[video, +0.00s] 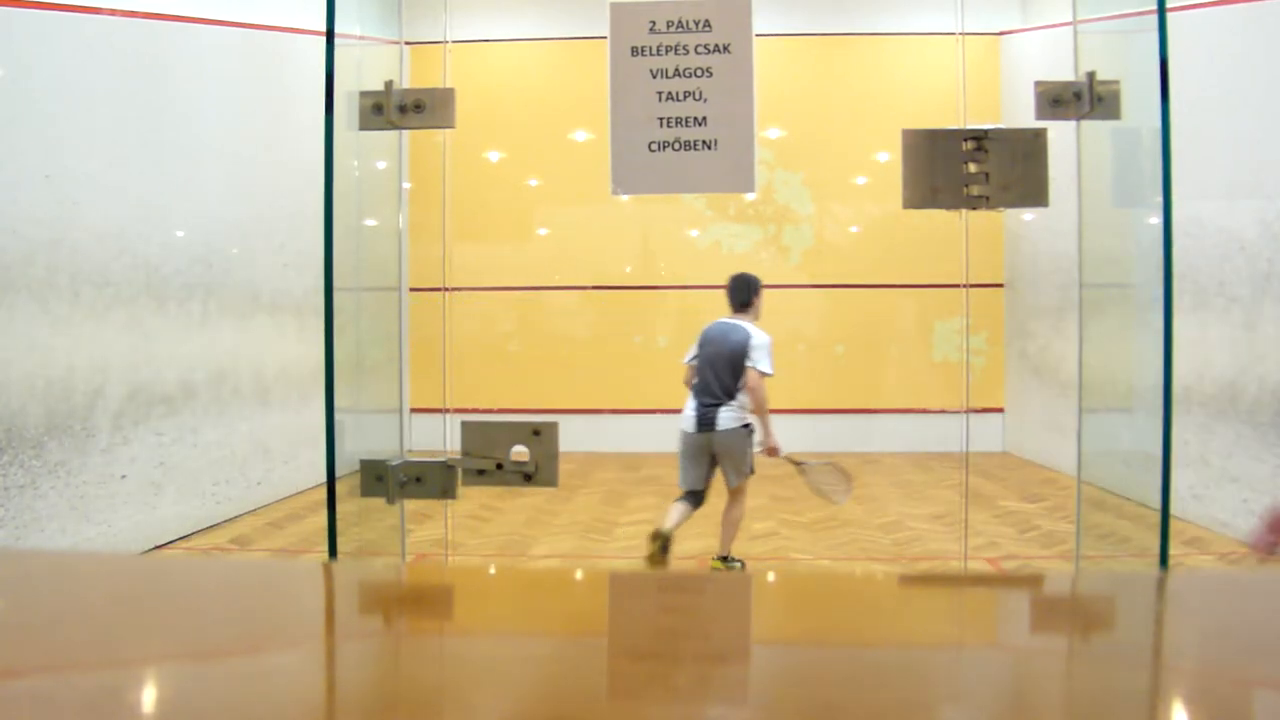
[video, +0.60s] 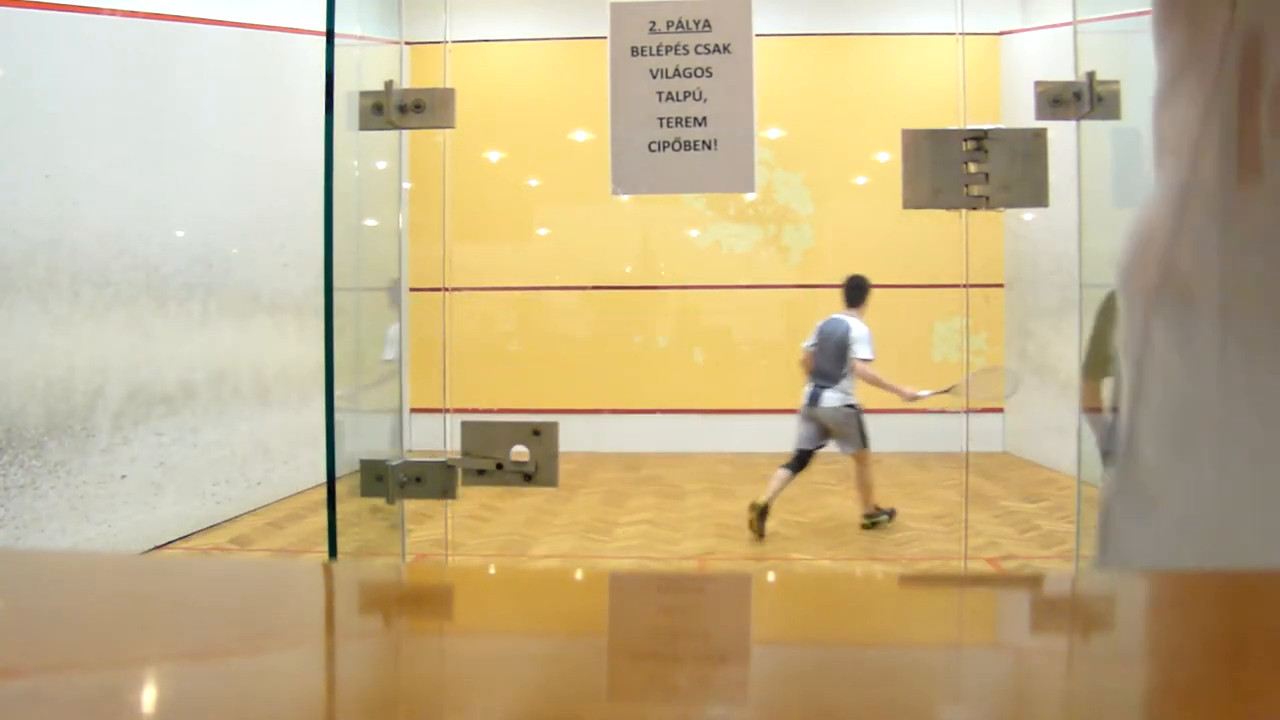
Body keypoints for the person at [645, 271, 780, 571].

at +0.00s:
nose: (762, 302)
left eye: (761, 296)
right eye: (761, 297)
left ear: (729, 300)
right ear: (755, 300)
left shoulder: (708, 331)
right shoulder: (756, 337)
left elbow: (690, 378)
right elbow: (753, 384)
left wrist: (714, 399)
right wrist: (768, 435)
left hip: (694, 423)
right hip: (731, 425)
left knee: (692, 493)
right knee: (737, 492)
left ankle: (664, 530)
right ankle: (723, 555)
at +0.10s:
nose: (778, 297)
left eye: (774, 292)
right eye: (777, 293)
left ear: (748, 295)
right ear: (773, 296)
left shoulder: (725, 324)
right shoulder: (776, 332)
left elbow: (697, 369)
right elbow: (776, 379)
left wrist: (707, 402)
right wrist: (793, 424)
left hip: (711, 410)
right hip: (745, 414)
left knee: (716, 476)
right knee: (741, 489)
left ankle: (698, 528)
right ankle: (725, 552)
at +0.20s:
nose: (790, 294)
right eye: (790, 289)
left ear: (761, 291)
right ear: (788, 292)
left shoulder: (741, 319)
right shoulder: (790, 326)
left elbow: (709, 356)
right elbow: (796, 372)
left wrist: (701, 396)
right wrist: (815, 411)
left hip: (728, 403)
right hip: (761, 406)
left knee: (735, 468)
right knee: (753, 480)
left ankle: (730, 535)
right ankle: (730, 538)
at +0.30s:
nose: (801, 299)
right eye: (802, 294)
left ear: (775, 297)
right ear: (800, 297)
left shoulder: (755, 326)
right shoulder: (803, 332)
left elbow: (722, 360)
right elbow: (812, 377)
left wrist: (708, 396)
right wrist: (837, 410)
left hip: (746, 408)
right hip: (776, 412)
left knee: (753, 471)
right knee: (771, 481)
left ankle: (747, 526)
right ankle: (744, 518)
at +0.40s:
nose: (814, 303)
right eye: (816, 299)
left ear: (793, 301)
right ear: (816, 302)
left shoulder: (775, 330)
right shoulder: (816, 335)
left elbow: (747, 363)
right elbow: (825, 380)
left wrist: (733, 399)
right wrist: (858, 409)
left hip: (764, 416)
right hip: (792, 419)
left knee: (770, 469)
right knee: (803, 477)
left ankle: (749, 527)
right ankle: (767, 511)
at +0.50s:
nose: (839, 300)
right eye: (840, 296)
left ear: (817, 297)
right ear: (839, 298)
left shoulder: (799, 326)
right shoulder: (836, 330)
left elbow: (775, 361)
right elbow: (840, 374)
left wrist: (775, 391)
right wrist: (876, 398)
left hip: (785, 407)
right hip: (813, 409)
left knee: (778, 465)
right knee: (839, 461)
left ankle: (750, 521)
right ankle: (819, 515)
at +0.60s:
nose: (867, 301)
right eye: (867, 296)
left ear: (844, 297)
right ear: (865, 298)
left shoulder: (825, 323)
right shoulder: (858, 329)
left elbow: (805, 357)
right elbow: (860, 370)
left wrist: (819, 382)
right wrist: (901, 391)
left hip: (812, 400)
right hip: (840, 404)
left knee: (799, 458)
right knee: (862, 457)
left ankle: (763, 503)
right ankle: (870, 511)